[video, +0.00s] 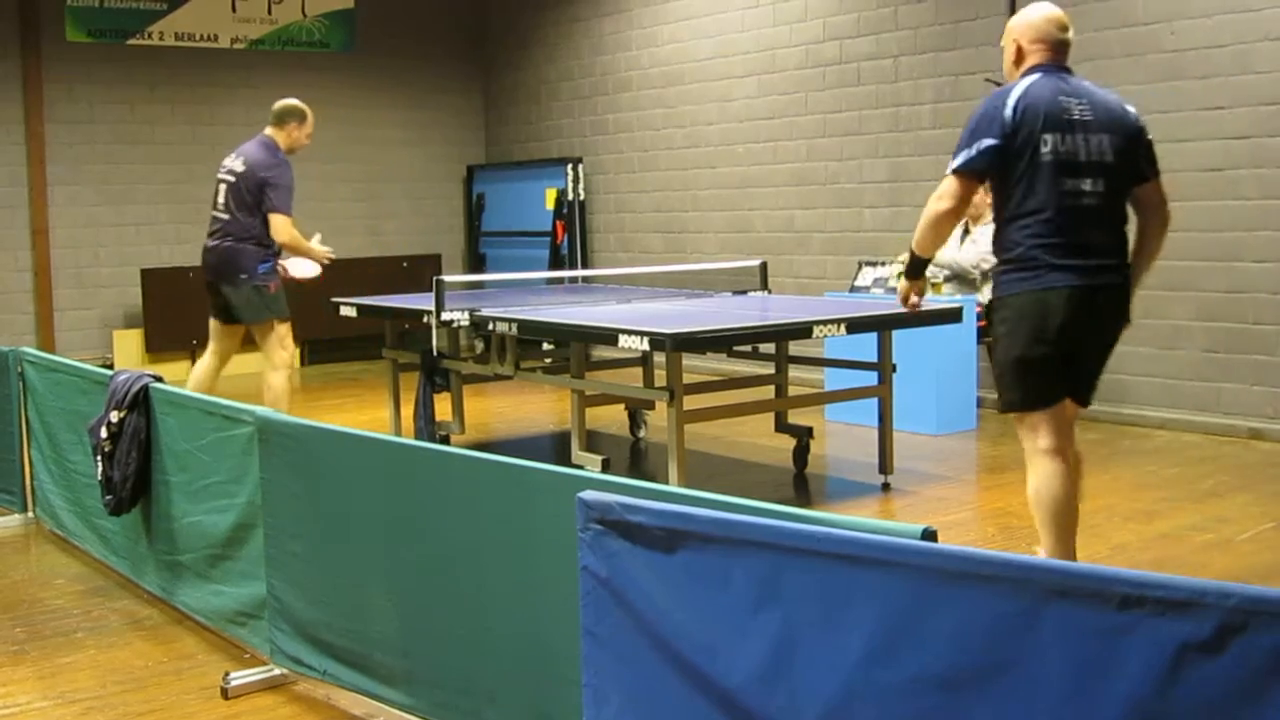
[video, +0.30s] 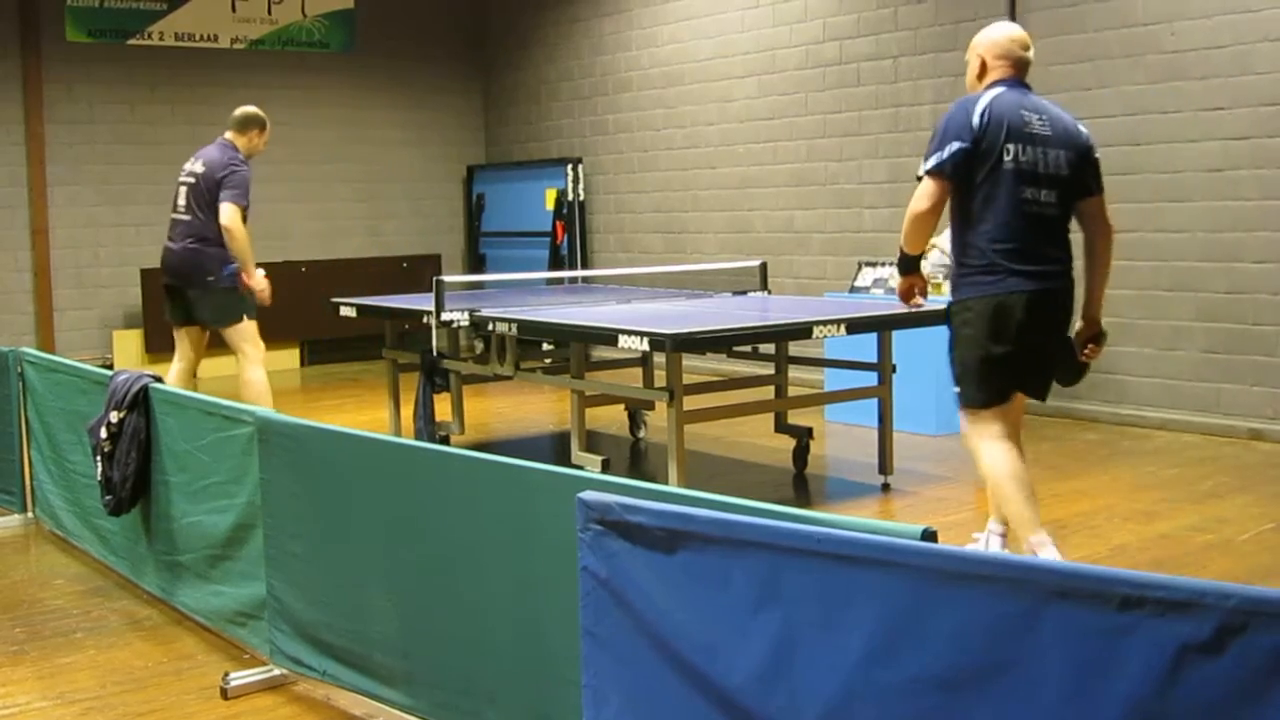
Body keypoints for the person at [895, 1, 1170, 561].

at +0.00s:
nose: (1004, 62)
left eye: (1006, 52)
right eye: (1006, 52)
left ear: (1018, 50)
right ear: (1064, 51)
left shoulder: (1006, 107)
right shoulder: (1118, 113)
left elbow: (950, 202)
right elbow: (1155, 214)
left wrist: (914, 269)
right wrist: (1128, 281)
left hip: (1031, 298)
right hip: (1104, 295)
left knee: (1045, 445)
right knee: (1059, 433)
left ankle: (1059, 578)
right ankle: (1059, 565)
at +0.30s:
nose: (968, 75)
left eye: (970, 66)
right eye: (970, 66)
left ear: (981, 65)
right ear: (1026, 67)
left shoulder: (973, 111)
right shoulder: (1071, 131)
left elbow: (926, 204)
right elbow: (1098, 230)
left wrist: (908, 265)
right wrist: (1092, 313)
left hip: (986, 296)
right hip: (1050, 297)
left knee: (985, 426)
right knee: (1008, 421)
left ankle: (1040, 552)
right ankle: (995, 539)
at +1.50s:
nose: (821, 175)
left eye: (820, 168)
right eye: (819, 168)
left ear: (831, 161)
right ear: (865, 154)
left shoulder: (831, 188)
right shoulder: (914, 179)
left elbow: (807, 271)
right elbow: (938, 243)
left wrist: (804, 307)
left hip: (907, 305)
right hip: (972, 298)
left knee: (837, 416)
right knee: (966, 412)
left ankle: (816, 534)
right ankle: (992, 517)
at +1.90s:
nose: (812, 208)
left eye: (812, 202)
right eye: (811, 203)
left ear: (821, 196)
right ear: (857, 189)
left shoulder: (821, 219)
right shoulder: (906, 211)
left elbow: (801, 308)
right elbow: (920, 280)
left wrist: (815, 324)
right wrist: (852, 328)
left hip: (892, 326)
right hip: (960, 321)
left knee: (815, 426)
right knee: (958, 421)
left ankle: (813, 539)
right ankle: (993, 521)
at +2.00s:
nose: (812, 210)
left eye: (811, 204)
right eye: (810, 204)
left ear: (821, 198)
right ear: (857, 190)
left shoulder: (820, 221)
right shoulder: (907, 213)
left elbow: (802, 310)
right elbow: (918, 282)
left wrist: (817, 324)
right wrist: (851, 325)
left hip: (892, 328)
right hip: (960, 323)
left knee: (815, 428)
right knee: (957, 423)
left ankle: (812, 540)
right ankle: (993, 522)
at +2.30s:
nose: (818, 214)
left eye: (818, 208)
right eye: (817, 208)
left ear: (828, 202)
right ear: (863, 194)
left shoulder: (826, 227)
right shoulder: (912, 218)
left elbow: (805, 314)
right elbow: (920, 287)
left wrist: (825, 332)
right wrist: (857, 329)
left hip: (898, 334)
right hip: (965, 330)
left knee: (816, 433)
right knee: (958, 430)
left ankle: (811, 545)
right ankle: (991, 530)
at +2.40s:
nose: (820, 213)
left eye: (819, 207)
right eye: (819, 207)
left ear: (829, 201)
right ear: (866, 194)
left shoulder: (827, 226)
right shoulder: (915, 219)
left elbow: (806, 314)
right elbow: (922, 287)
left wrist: (826, 331)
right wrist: (859, 328)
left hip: (897, 335)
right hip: (965, 332)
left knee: (815, 434)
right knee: (957, 431)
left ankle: (810, 544)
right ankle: (990, 531)